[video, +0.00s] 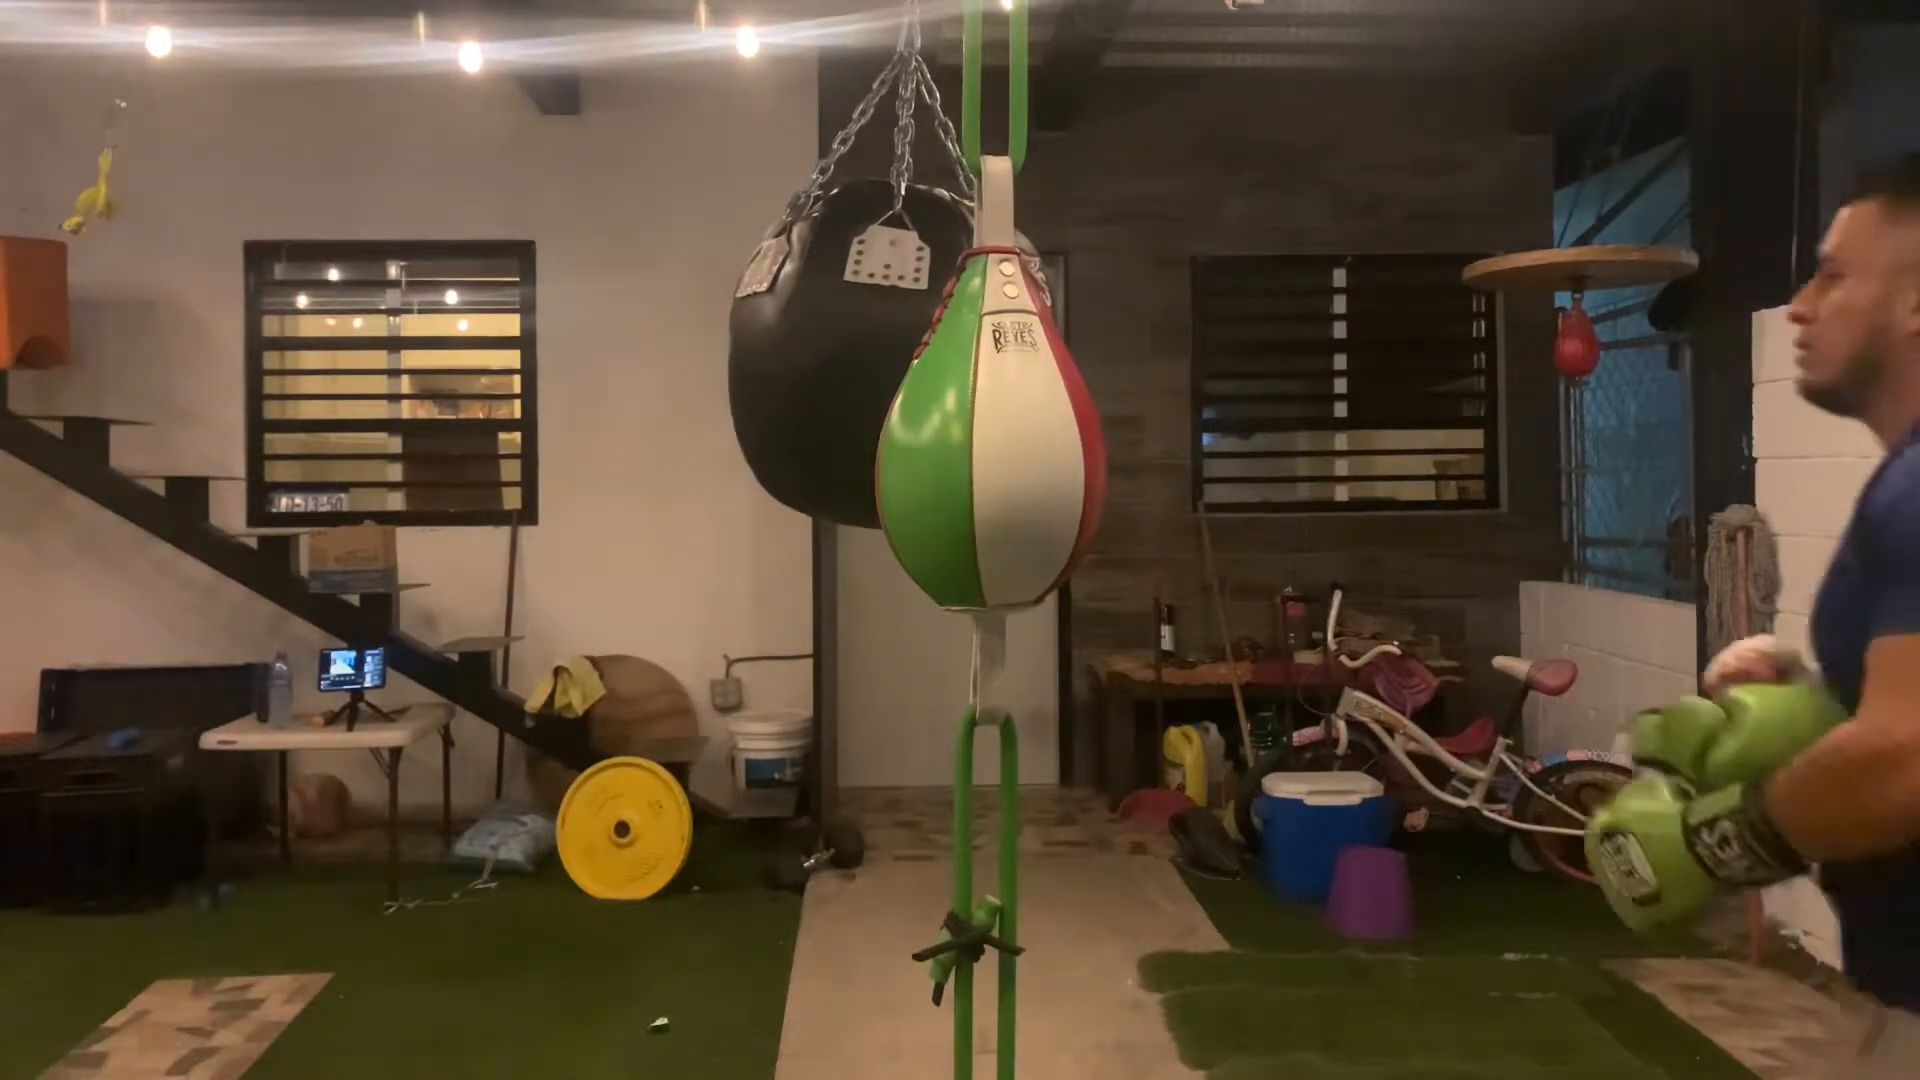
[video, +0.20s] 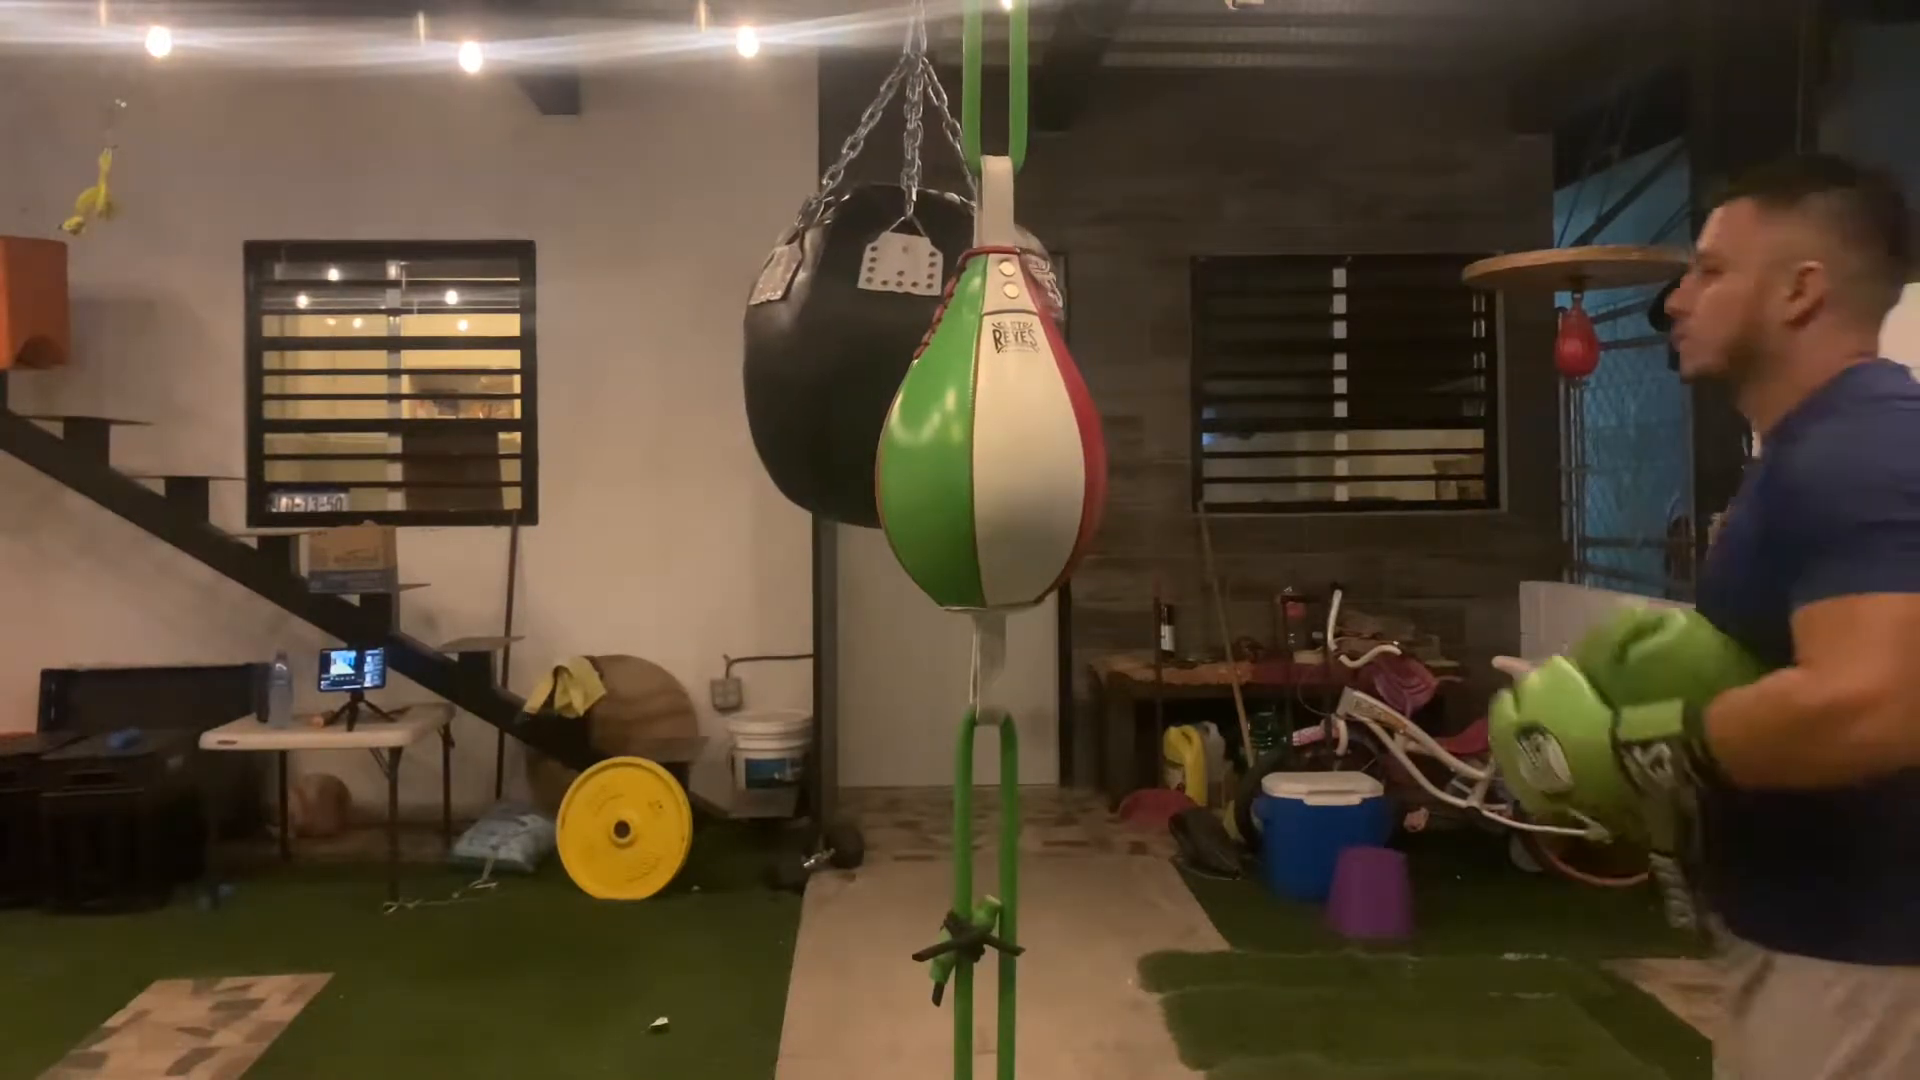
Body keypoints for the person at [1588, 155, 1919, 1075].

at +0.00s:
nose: (1795, 307)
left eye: (1831, 276)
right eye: (1811, 276)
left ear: (1913, 306)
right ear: (1907, 306)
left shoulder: (1908, 489)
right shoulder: (1896, 482)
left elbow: (1898, 760)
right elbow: (1888, 701)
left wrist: (1720, 847)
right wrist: (1796, 687)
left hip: (1912, 1002)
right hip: (1892, 983)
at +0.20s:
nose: (1675, 300)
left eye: (1707, 272)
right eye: (1689, 273)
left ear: (1801, 292)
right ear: (1798, 294)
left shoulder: (1856, 448)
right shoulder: (1813, 443)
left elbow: (1873, 706)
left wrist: (1656, 744)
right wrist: (1640, 702)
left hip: (1854, 968)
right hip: (1796, 945)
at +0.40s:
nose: (1590, 297)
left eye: (1624, 269)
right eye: (1598, 272)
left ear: (1724, 288)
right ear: (1712, 290)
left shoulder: (1796, 438)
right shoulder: (1711, 448)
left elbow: (1812, 697)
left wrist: (1580, 697)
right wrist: (1563, 670)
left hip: (1807, 931)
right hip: (1739, 915)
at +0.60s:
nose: (1496, 308)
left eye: (1531, 280)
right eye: (1499, 283)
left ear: (1631, 299)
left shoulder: (1706, 457)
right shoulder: (1595, 470)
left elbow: (1685, 711)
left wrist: (1456, 677)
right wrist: (1467, 642)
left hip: (1696, 945)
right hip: (1622, 928)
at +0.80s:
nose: (1407, 295)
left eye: (1445, 268)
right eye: (1412, 270)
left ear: (1541, 288)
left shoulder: (1595, 445)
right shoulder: (1494, 454)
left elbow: (1501, 695)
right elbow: (1473, 652)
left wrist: (1313, 619)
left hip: (1570, 926)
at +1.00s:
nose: (1333, 275)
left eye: (1371, 248)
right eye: (1338, 250)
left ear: (1467, 273)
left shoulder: (1508, 416)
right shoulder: (1428, 425)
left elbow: (1375, 647)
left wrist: (1223, 561)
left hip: (1488, 917)